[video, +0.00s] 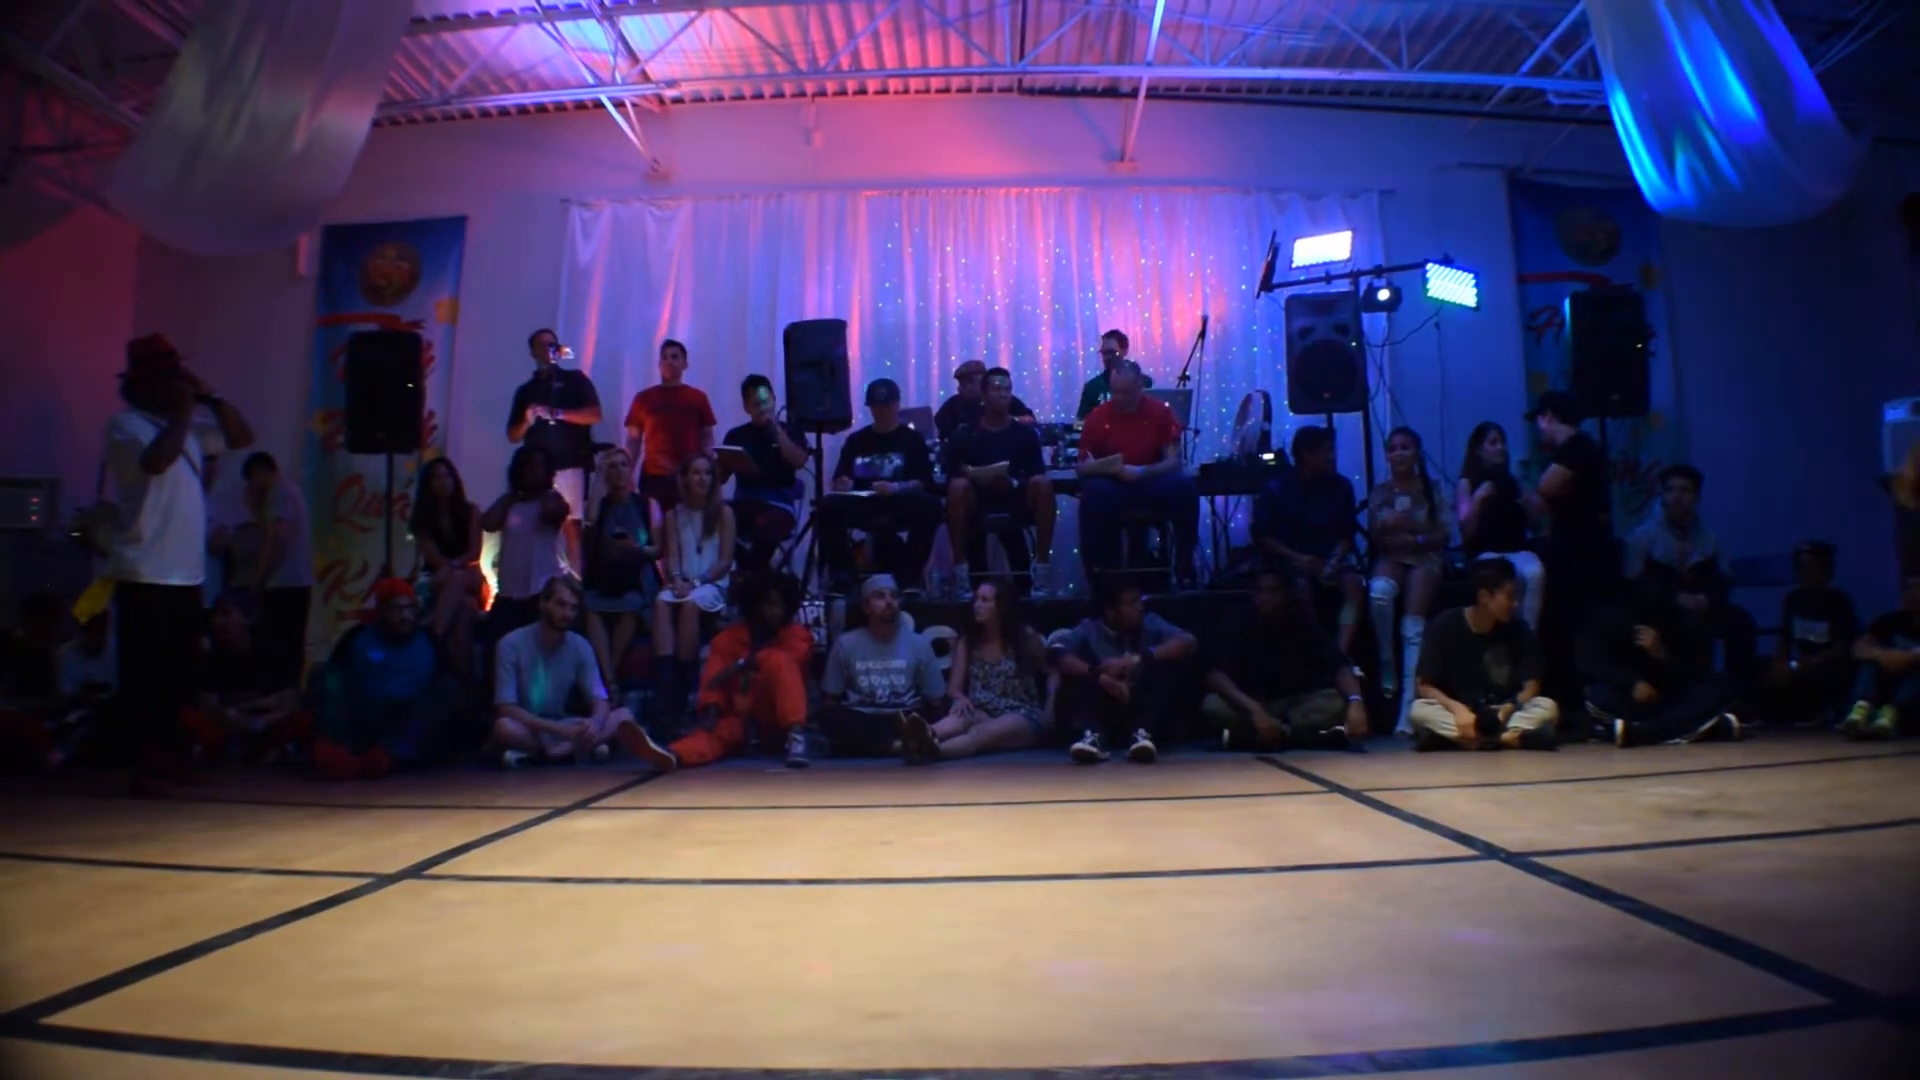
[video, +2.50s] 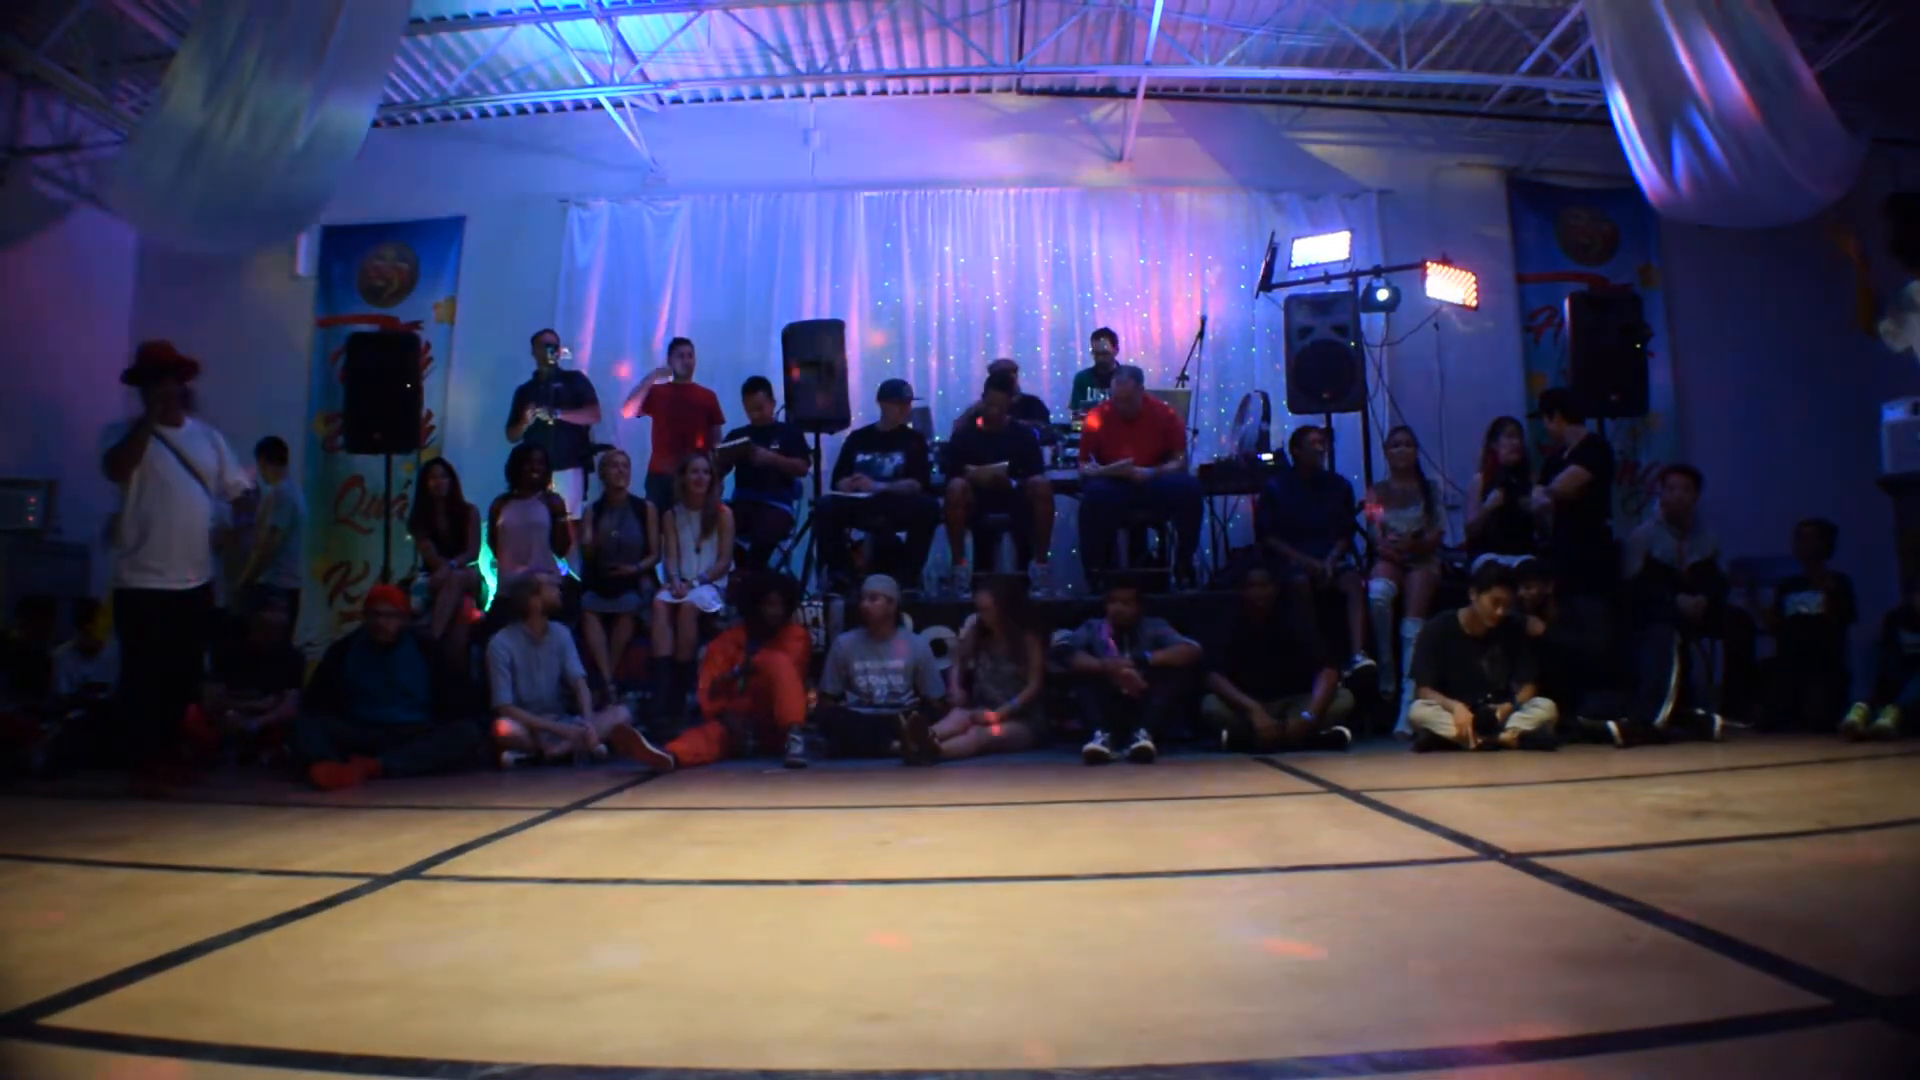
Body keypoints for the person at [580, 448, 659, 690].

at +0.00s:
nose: (618, 471)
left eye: (622, 465)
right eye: (611, 467)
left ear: (630, 470)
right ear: (603, 474)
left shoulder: (646, 505)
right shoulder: (596, 506)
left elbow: (657, 548)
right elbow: (588, 542)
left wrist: (634, 548)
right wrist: (595, 494)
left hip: (634, 575)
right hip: (602, 574)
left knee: (629, 609)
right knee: (591, 610)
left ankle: (610, 674)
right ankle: (608, 680)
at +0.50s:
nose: (611, 470)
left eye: (617, 465)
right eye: (608, 466)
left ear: (630, 472)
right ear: (603, 473)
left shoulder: (647, 505)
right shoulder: (596, 504)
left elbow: (656, 551)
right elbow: (589, 533)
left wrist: (630, 564)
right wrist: (598, 495)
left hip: (633, 575)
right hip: (600, 573)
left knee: (628, 609)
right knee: (590, 610)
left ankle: (610, 671)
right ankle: (607, 677)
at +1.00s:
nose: (607, 468)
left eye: (614, 463)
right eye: (604, 463)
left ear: (629, 472)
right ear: (599, 471)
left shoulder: (645, 506)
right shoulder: (594, 504)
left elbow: (654, 552)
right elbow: (586, 532)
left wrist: (631, 568)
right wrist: (597, 492)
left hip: (630, 579)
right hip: (598, 577)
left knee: (626, 613)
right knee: (588, 614)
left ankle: (606, 677)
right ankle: (606, 684)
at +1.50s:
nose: (609, 468)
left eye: (615, 464)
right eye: (606, 464)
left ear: (630, 472)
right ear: (601, 473)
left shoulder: (646, 506)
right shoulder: (595, 505)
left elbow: (655, 552)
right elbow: (589, 528)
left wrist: (634, 568)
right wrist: (597, 490)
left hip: (631, 577)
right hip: (600, 575)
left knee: (627, 608)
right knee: (588, 610)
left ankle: (609, 672)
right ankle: (605, 678)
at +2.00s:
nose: (610, 470)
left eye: (616, 465)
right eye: (606, 465)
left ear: (629, 472)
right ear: (601, 473)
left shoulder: (645, 507)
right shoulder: (593, 506)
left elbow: (654, 552)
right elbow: (587, 545)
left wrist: (633, 568)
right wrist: (597, 507)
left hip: (630, 576)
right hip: (599, 575)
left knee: (627, 611)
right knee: (589, 614)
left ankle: (607, 678)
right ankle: (608, 684)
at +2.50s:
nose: (620, 471)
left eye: (625, 466)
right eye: (614, 466)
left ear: (630, 472)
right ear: (602, 473)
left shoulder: (646, 508)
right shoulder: (592, 510)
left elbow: (654, 553)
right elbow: (587, 549)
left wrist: (634, 568)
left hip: (630, 576)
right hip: (600, 574)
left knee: (626, 612)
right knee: (589, 612)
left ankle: (607, 677)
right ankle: (607, 681)